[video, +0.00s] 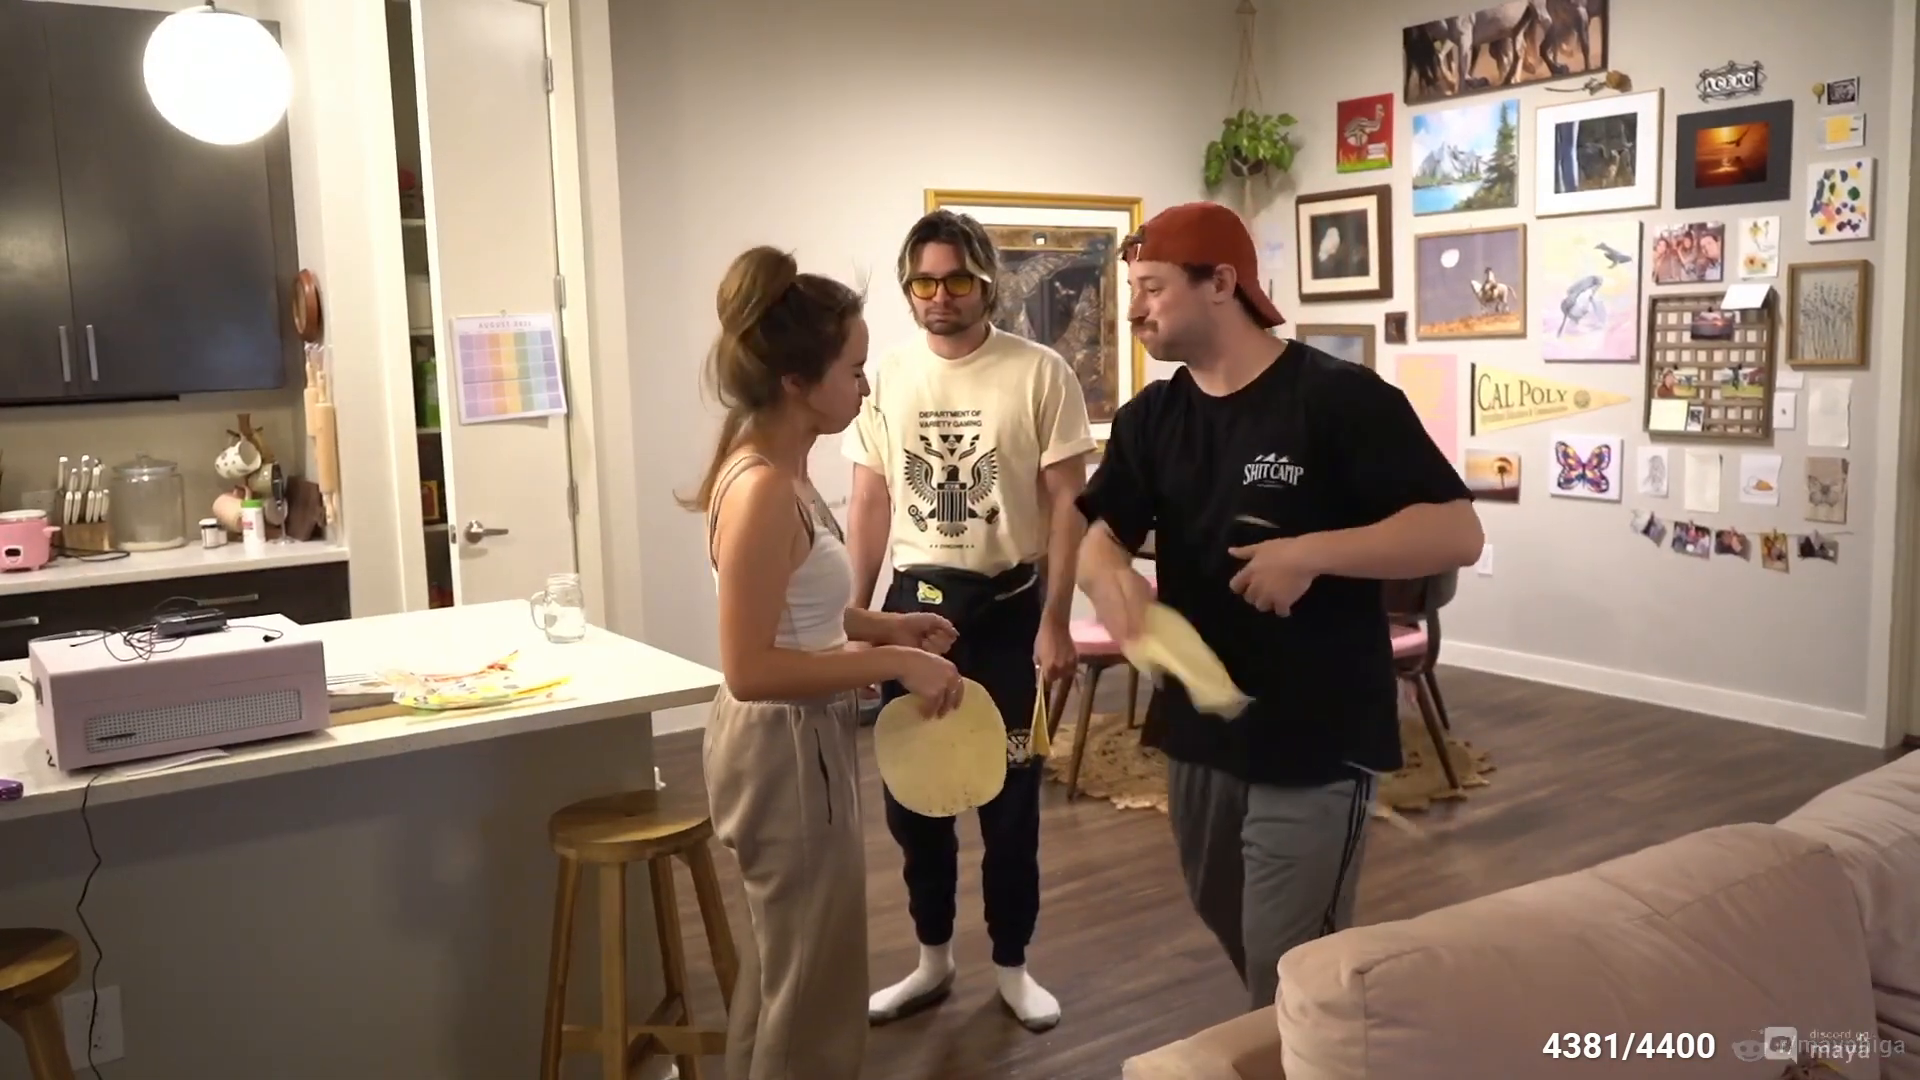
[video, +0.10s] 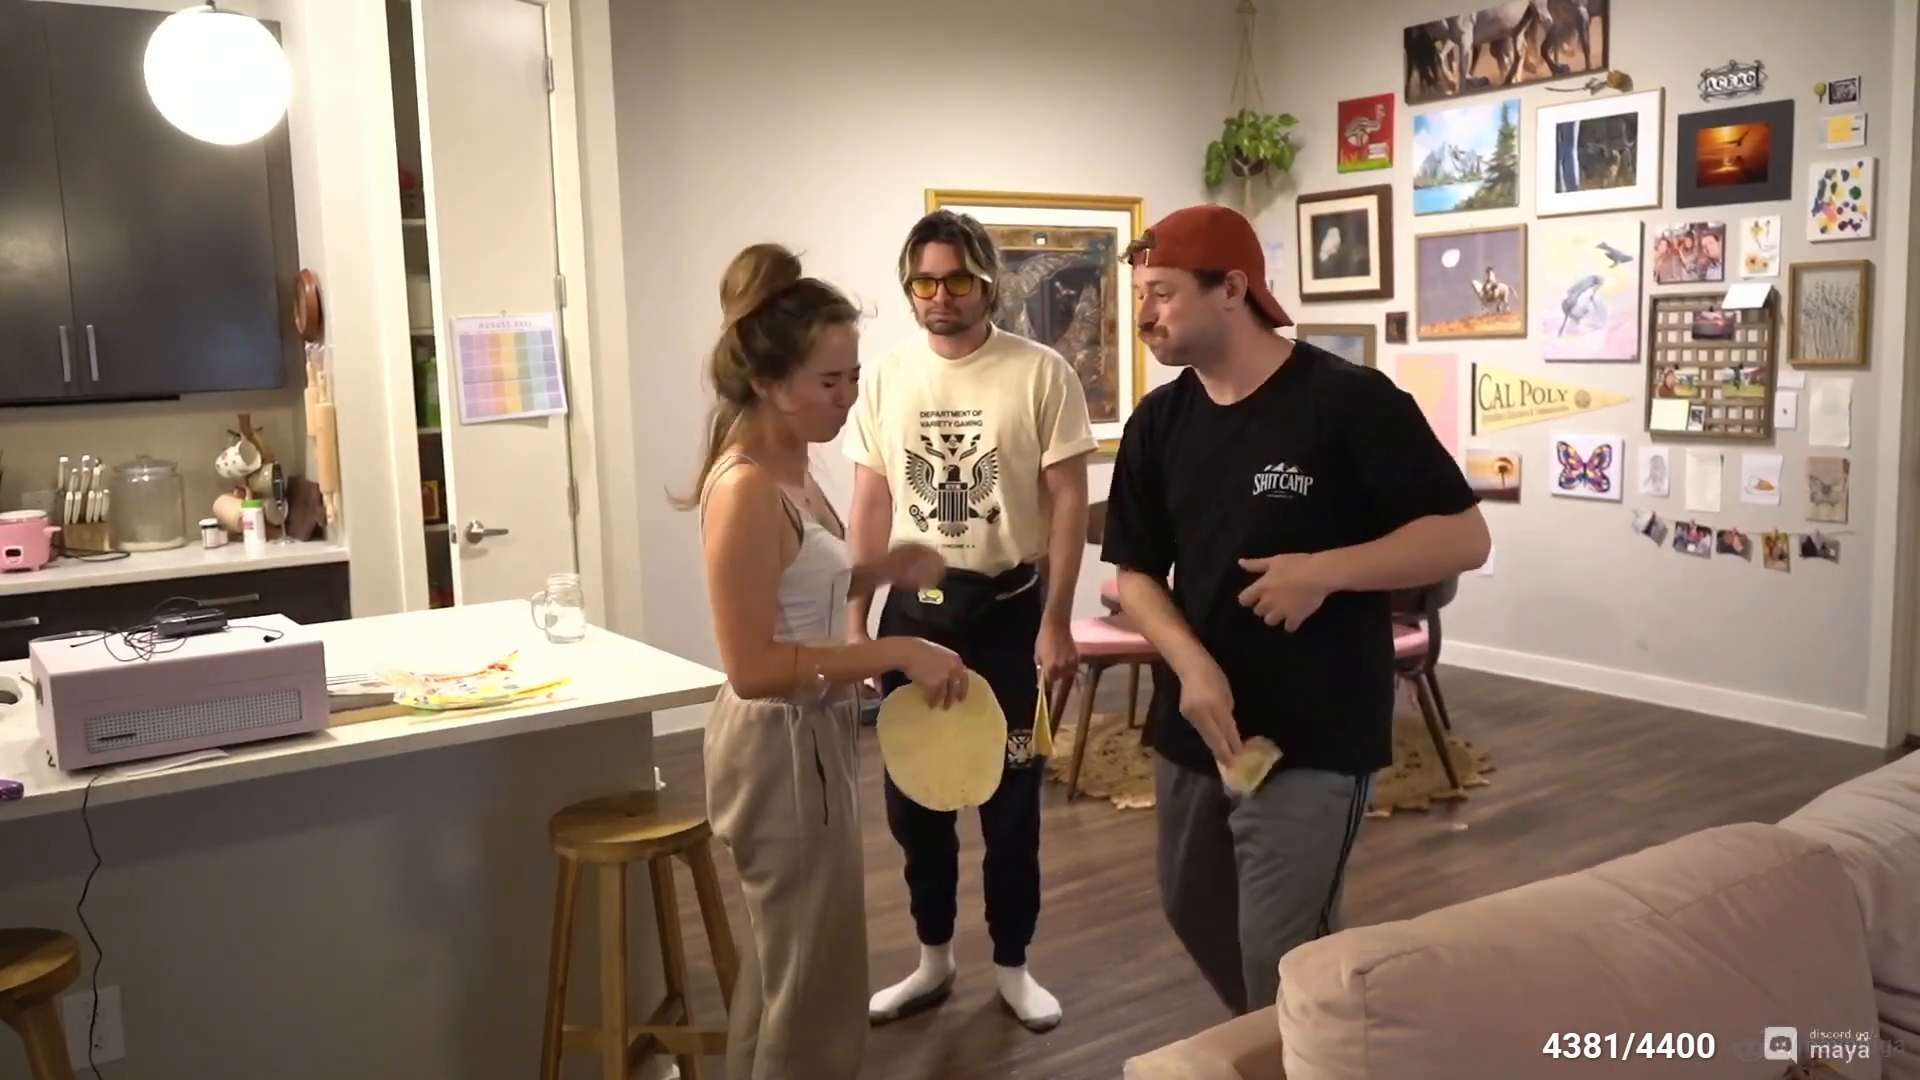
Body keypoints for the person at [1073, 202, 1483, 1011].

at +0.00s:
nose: (1138, 309)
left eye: (1154, 288)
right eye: (1136, 291)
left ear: (1221, 285)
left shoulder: (1343, 400)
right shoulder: (1152, 417)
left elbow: (1458, 530)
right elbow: (1098, 535)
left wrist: (1310, 552)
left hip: (1315, 741)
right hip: (1196, 733)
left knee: (1282, 969)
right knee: (1236, 931)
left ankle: (1319, 1067)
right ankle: (1304, 1042)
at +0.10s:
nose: (1147, 313)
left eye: (1164, 294)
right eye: (1145, 295)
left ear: (1231, 291)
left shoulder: (1352, 403)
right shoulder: (1159, 421)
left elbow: (1465, 536)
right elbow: (1132, 573)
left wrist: (1325, 569)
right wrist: (1191, 663)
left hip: (1311, 745)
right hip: (1191, 737)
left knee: (1275, 968)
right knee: (1196, 913)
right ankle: (1283, 1043)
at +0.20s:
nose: (1155, 330)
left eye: (1172, 308)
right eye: (1153, 310)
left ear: (1240, 306)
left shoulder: (1358, 413)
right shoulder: (1164, 421)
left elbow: (1464, 551)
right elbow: (1141, 572)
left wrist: (1328, 588)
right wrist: (1185, 673)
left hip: (1310, 761)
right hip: (1191, 749)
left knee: (1282, 975)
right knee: (1196, 944)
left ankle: (1301, 1073)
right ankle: (1251, 1066)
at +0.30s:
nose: (1160, 339)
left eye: (1181, 321)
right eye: (1160, 318)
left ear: (1250, 328)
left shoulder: (1360, 421)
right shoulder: (1167, 423)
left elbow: (1410, 582)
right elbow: (1141, 552)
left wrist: (1255, 546)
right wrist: (1159, 653)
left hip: (1324, 734)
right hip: (1208, 724)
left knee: (1285, 934)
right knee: (1218, 925)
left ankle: (1308, 1065)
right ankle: (1247, 1062)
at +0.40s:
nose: (1167, 331)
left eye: (1187, 313)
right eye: (1166, 311)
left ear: (1255, 319)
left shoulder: (1350, 403)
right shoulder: (1186, 400)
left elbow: (1286, 551)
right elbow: (1132, 534)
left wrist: (1183, 433)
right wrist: (1085, 636)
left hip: (1329, 710)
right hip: (1223, 705)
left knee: (1305, 921)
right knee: (1242, 908)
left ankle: (1333, 1062)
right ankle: (1267, 1055)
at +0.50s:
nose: (1178, 314)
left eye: (1198, 294)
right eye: (1179, 293)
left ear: (1267, 297)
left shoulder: (1347, 395)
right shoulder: (1192, 396)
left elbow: (1264, 528)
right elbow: (1105, 514)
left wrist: (1194, 400)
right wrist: (1010, 568)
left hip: (1334, 730)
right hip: (1225, 722)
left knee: (1359, 951)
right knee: (1282, 940)